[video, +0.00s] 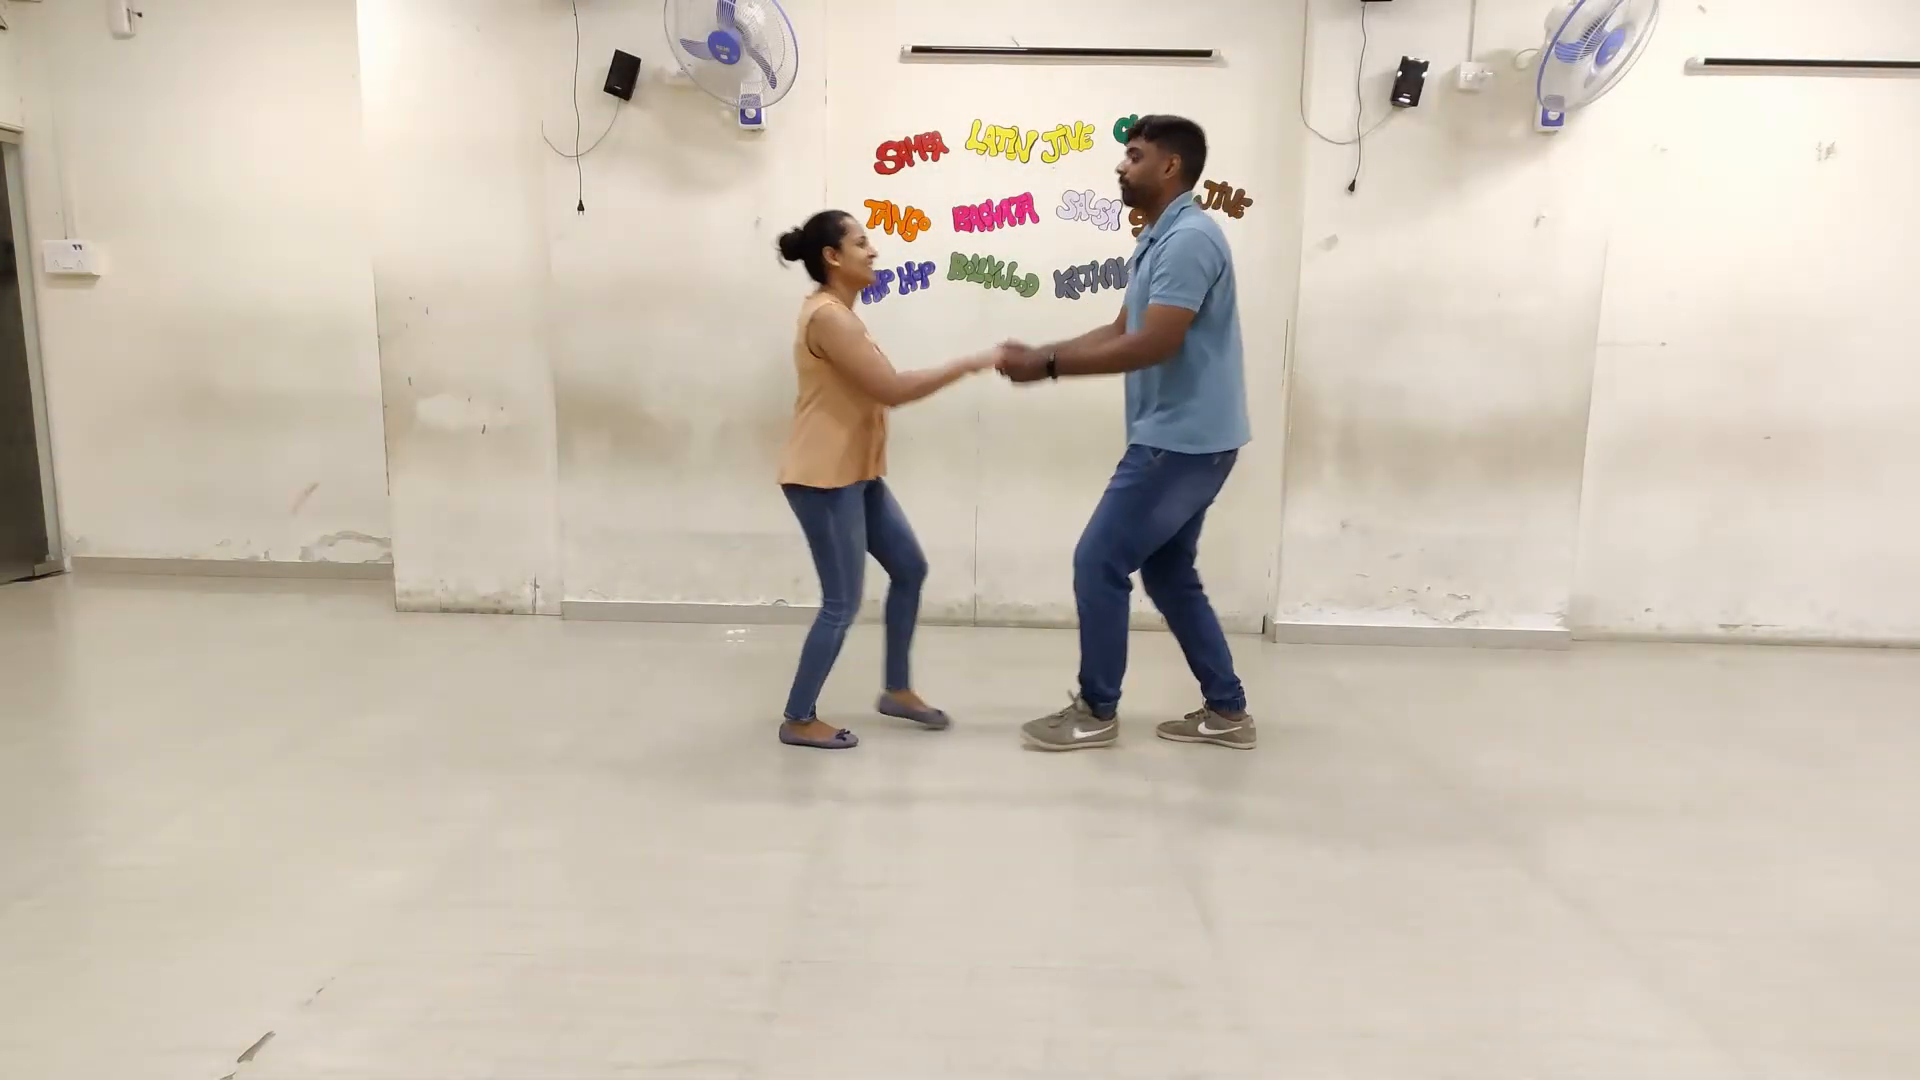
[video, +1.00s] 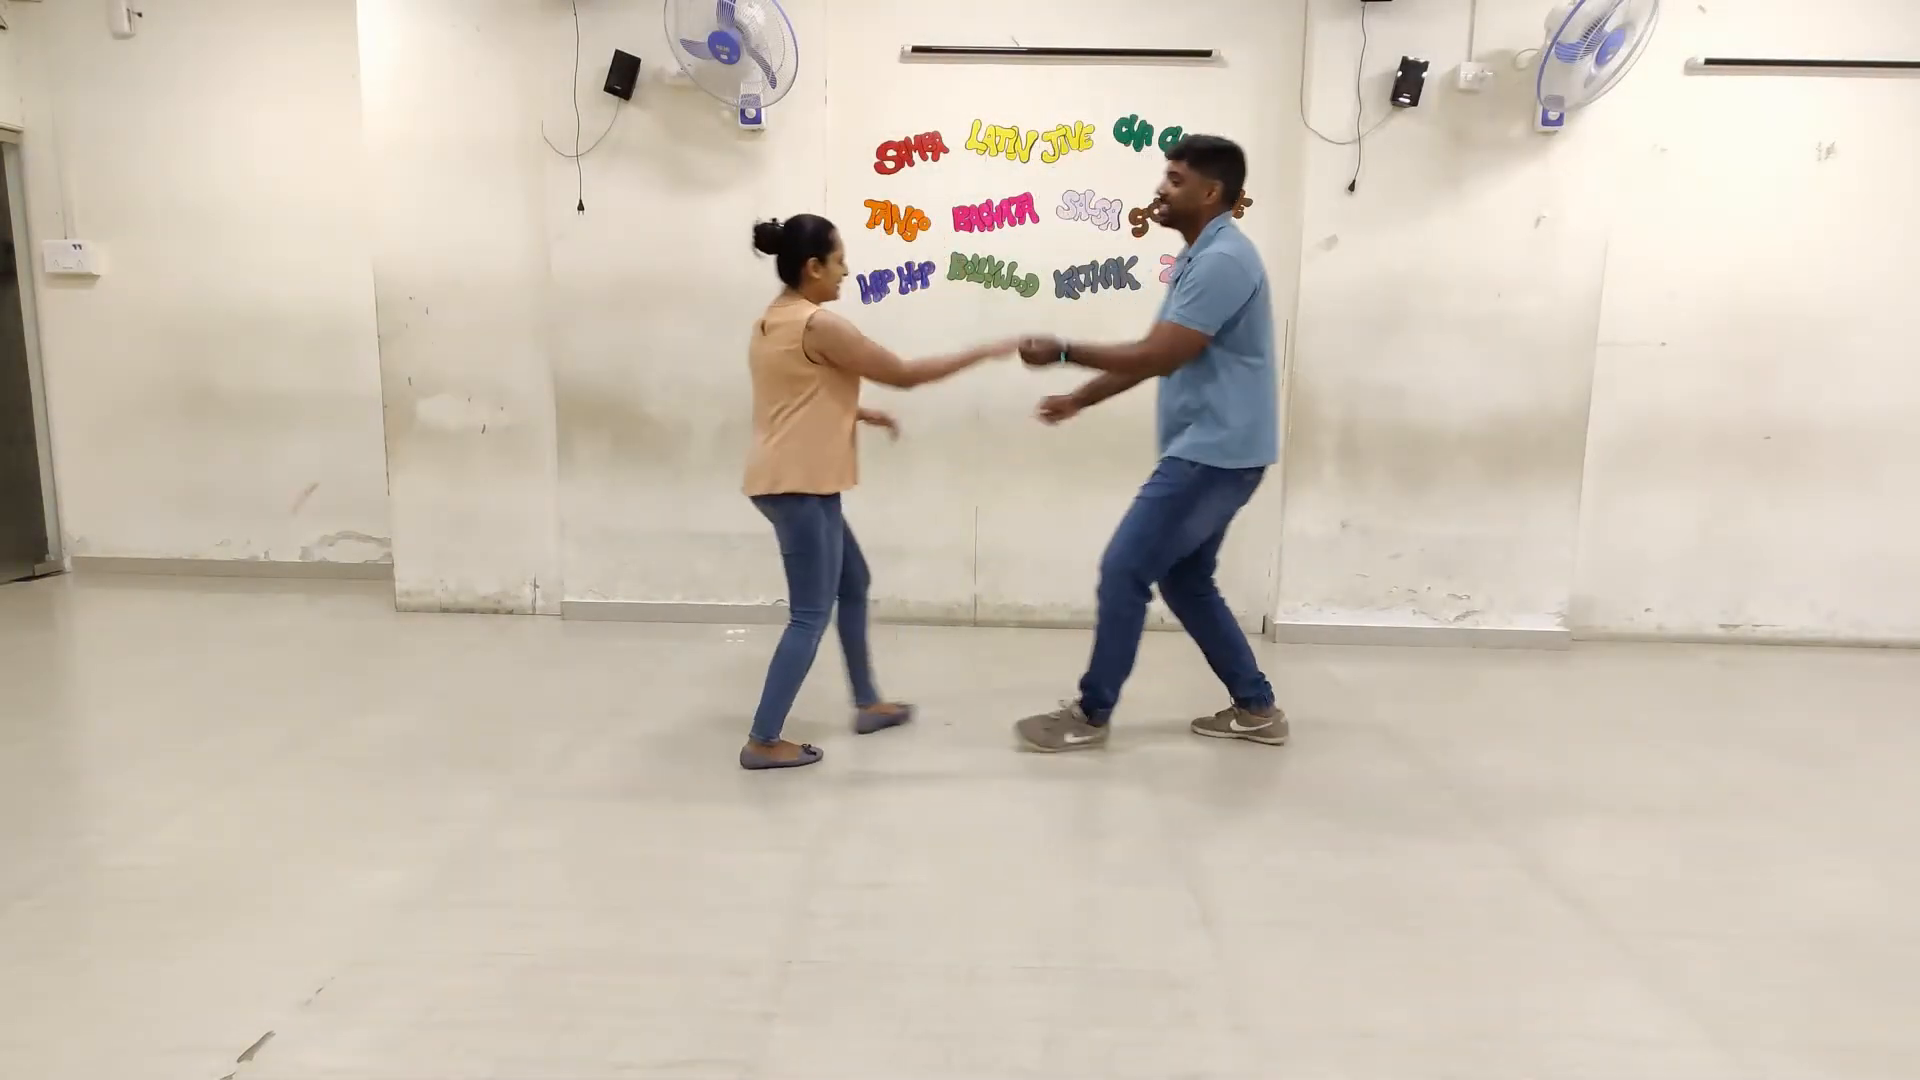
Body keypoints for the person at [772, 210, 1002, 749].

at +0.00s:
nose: (873, 250)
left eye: (869, 241)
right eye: (862, 243)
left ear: (840, 257)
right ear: (832, 256)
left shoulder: (842, 312)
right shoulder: (826, 316)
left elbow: (870, 391)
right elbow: (889, 388)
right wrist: (966, 365)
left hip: (856, 476)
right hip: (822, 478)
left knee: (910, 568)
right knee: (842, 600)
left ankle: (897, 692)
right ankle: (798, 719)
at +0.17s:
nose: (919, 264)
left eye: (915, 255)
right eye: (908, 257)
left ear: (884, 271)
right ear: (879, 270)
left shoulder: (890, 335)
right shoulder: (871, 337)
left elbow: (918, 420)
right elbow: (900, 429)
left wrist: (988, 420)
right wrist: (985, 429)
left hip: (903, 493)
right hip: (869, 494)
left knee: (948, 586)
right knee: (877, 614)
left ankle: (925, 706)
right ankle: (802, 714)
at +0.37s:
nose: (961, 240)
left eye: (958, 231)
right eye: (951, 232)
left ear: (928, 245)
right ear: (922, 244)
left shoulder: (935, 306)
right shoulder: (913, 309)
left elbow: (941, 386)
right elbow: (914, 397)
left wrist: (993, 363)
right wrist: (988, 371)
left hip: (946, 467)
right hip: (921, 470)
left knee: (949, 590)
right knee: (948, 592)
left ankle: (926, 703)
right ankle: (886, 697)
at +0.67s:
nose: (944, 250)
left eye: (940, 241)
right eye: (934, 242)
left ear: (905, 252)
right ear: (907, 252)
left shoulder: (906, 310)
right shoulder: (896, 314)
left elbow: (920, 391)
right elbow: (917, 398)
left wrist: (975, 359)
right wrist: (984, 364)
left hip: (918, 472)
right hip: (896, 474)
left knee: (931, 597)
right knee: (923, 599)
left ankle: (924, 706)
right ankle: (836, 697)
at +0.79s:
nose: (903, 266)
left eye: (900, 256)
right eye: (895, 257)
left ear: (863, 264)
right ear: (868, 263)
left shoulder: (851, 319)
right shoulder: (857, 322)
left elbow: (898, 393)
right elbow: (913, 397)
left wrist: (950, 374)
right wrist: (999, 376)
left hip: (871, 484)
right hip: (853, 486)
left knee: (907, 588)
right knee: (862, 613)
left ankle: (924, 707)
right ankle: (779, 721)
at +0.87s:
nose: (872, 271)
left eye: (869, 261)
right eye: (865, 262)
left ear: (830, 269)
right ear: (838, 268)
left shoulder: (808, 323)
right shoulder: (832, 329)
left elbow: (873, 396)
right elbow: (898, 403)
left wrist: (927, 395)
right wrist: (984, 400)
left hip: (826, 487)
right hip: (822, 490)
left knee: (877, 589)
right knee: (829, 618)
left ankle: (915, 705)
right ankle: (765, 738)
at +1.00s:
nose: (845, 270)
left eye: (843, 261)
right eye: (839, 262)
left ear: (802, 267)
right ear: (812, 268)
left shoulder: (772, 323)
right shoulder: (821, 326)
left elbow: (800, 398)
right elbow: (904, 374)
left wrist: (862, 416)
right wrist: (984, 353)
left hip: (780, 480)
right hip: (803, 486)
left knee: (852, 580)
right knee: (811, 614)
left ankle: (868, 706)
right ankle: (763, 741)